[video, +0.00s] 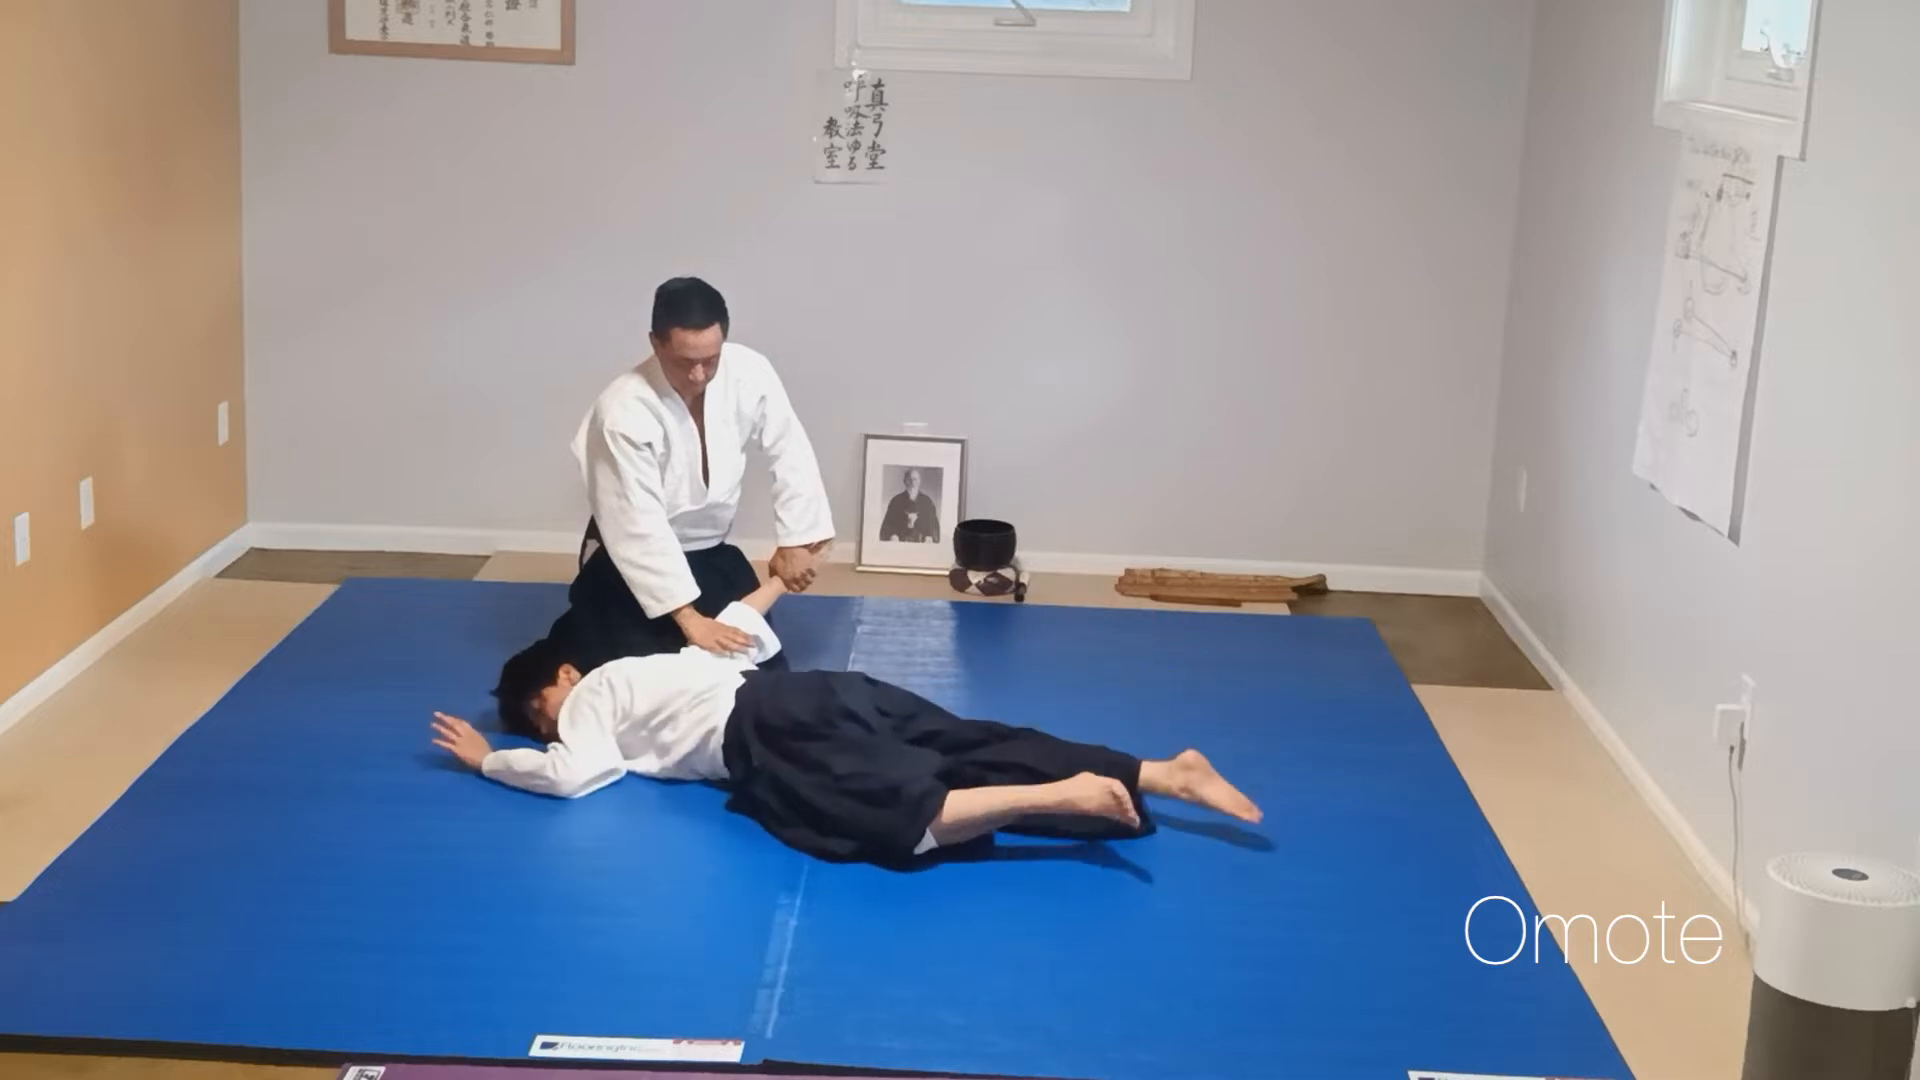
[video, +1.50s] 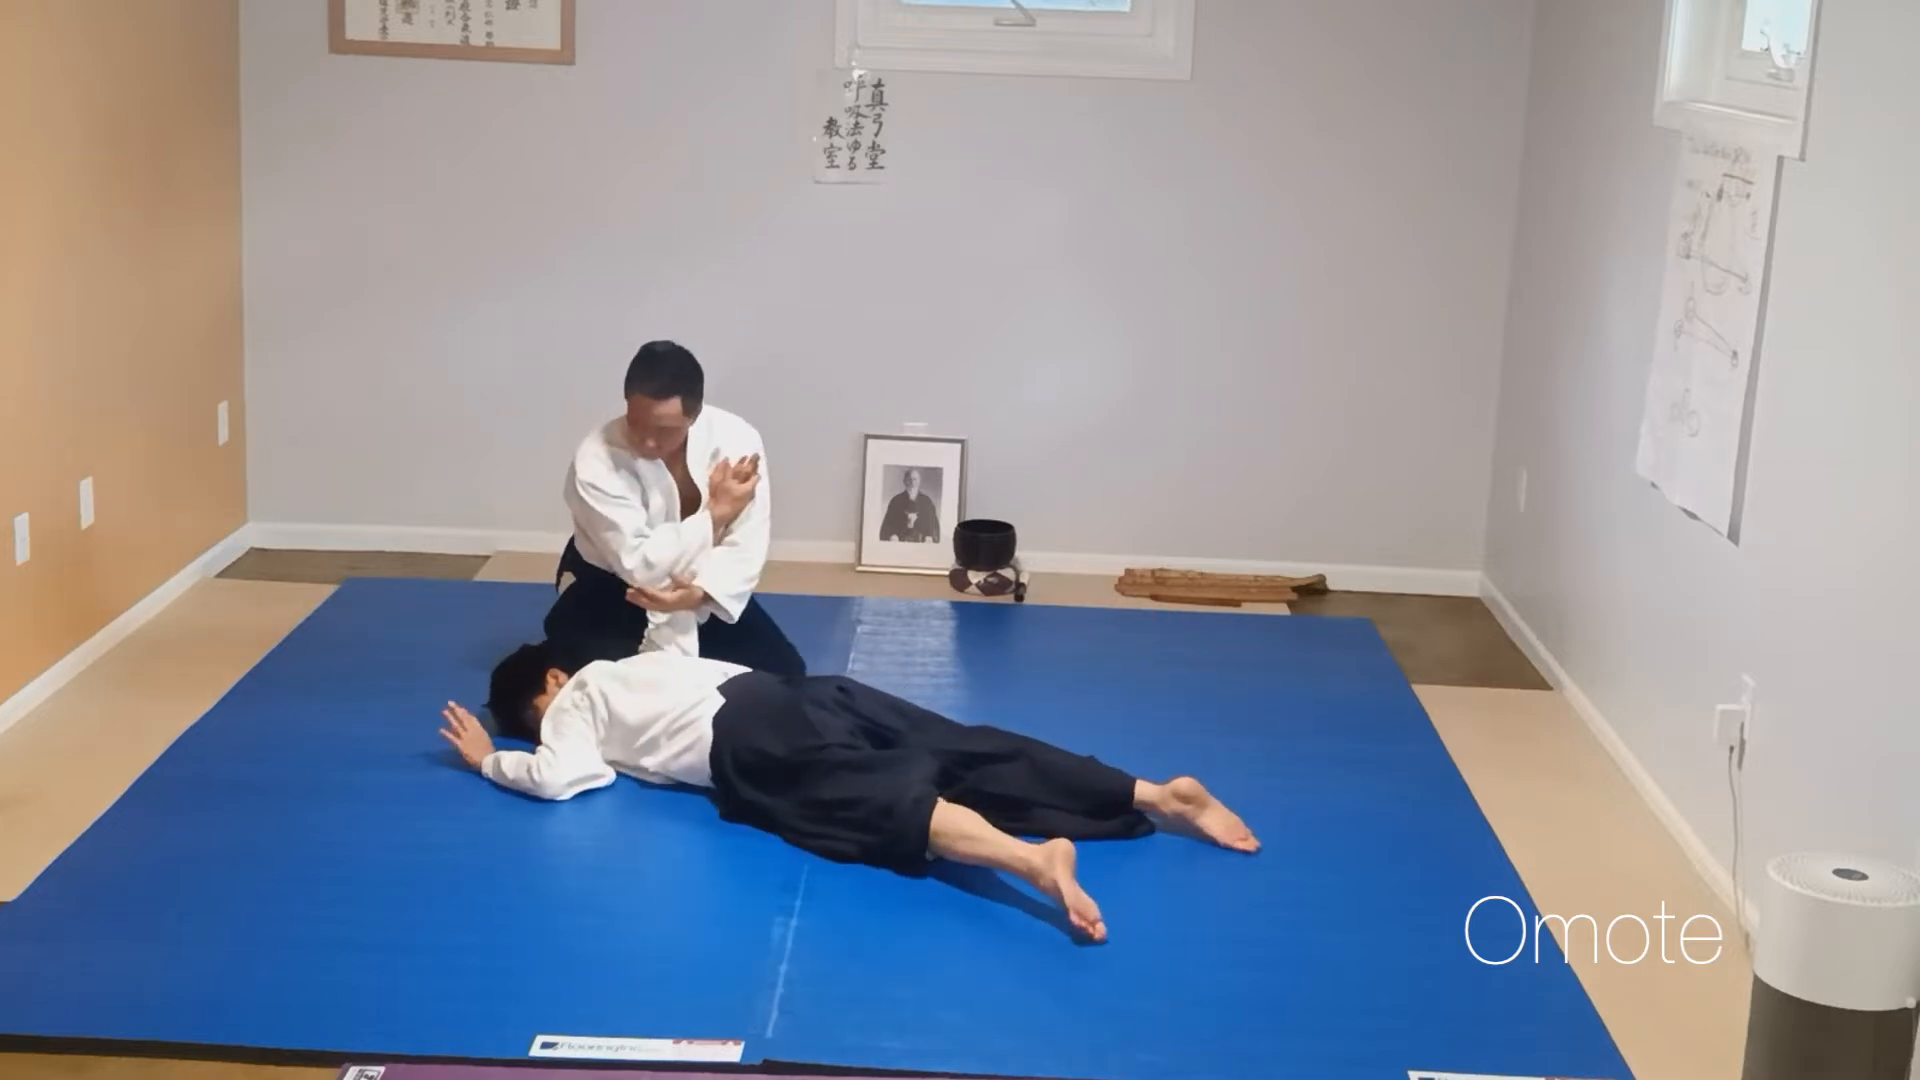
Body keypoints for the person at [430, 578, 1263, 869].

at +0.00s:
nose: (543, 727)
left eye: (535, 714)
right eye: (537, 719)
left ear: (561, 684)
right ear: (578, 668)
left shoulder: (591, 697)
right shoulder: (660, 667)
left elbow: (573, 774)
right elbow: (735, 649)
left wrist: (488, 761)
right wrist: (761, 600)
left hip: (772, 726)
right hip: (811, 683)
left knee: (900, 816)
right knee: (965, 745)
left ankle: (1046, 799)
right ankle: (1165, 774)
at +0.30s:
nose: (546, 734)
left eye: (539, 719)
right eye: (541, 724)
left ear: (558, 688)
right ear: (580, 666)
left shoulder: (590, 700)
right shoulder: (656, 664)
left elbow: (570, 775)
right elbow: (743, 650)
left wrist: (484, 759)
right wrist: (755, 608)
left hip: (771, 725)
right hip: (817, 684)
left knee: (902, 814)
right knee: (971, 751)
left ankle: (1052, 856)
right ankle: (1168, 797)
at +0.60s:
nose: (546, 722)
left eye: (537, 709)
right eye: (542, 712)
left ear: (560, 684)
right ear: (578, 666)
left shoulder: (584, 701)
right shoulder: (661, 662)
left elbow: (571, 771)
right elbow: (731, 628)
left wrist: (485, 759)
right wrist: (754, 574)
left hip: (768, 724)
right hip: (815, 681)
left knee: (882, 804)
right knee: (969, 748)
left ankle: (1007, 881)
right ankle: (1167, 797)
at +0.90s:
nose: (539, 726)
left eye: (532, 712)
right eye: (536, 714)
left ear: (552, 689)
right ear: (573, 668)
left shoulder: (579, 701)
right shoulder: (653, 658)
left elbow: (563, 778)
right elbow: (716, 627)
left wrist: (484, 759)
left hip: (760, 740)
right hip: (807, 685)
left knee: (885, 809)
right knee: (966, 745)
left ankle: (1022, 863)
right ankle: (1165, 795)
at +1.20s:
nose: (544, 725)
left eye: (534, 714)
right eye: (540, 714)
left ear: (547, 693)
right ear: (570, 662)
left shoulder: (574, 711)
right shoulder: (650, 654)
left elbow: (561, 778)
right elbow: (693, 586)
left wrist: (488, 761)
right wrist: (722, 506)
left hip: (747, 739)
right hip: (793, 690)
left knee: (889, 804)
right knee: (958, 749)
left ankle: (1043, 843)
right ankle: (1160, 799)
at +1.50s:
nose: (536, 720)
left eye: (527, 710)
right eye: (533, 709)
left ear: (546, 692)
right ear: (573, 664)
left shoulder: (573, 699)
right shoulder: (647, 660)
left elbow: (558, 778)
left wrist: (488, 759)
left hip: (748, 737)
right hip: (802, 687)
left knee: (889, 809)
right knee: (964, 748)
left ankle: (1030, 860)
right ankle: (1159, 797)